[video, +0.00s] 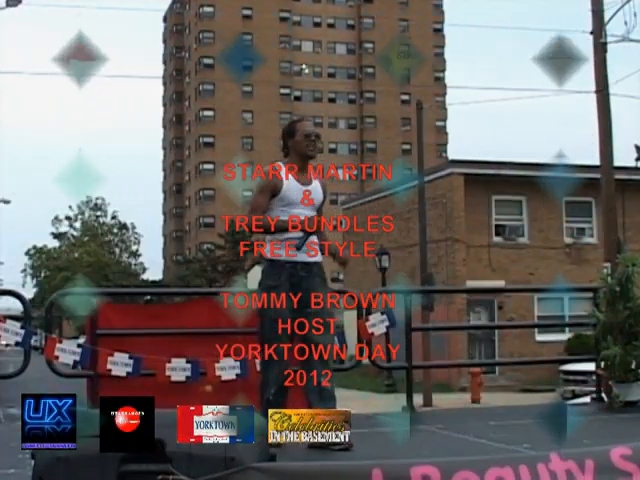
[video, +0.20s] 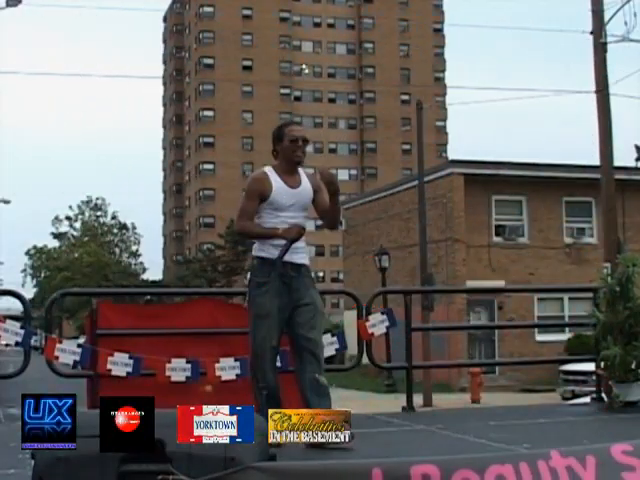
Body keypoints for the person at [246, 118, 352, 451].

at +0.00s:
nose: (314, 142)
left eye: (316, 137)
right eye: (307, 137)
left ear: (317, 144)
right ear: (288, 143)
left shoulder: (319, 184)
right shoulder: (275, 177)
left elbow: (316, 227)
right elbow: (251, 219)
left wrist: (334, 250)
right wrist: (290, 225)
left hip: (311, 269)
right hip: (279, 269)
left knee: (320, 342)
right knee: (277, 344)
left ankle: (325, 423)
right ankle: (273, 421)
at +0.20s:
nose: (300, 146)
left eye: (304, 142)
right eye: (293, 141)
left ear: (307, 147)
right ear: (277, 147)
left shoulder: (312, 180)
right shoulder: (261, 180)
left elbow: (332, 223)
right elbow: (242, 225)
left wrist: (335, 191)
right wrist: (279, 232)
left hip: (300, 272)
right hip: (267, 270)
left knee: (311, 346)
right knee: (265, 350)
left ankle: (321, 425)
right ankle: (269, 426)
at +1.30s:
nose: (355, 158)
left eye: (354, 153)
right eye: (351, 152)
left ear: (337, 155)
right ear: (337, 154)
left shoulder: (336, 189)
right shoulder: (311, 184)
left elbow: (335, 232)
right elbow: (292, 228)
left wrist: (343, 251)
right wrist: (322, 255)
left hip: (329, 265)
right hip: (312, 265)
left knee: (329, 339)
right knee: (324, 339)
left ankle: (319, 404)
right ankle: (330, 410)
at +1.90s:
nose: (385, 146)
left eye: (384, 141)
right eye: (379, 141)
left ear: (369, 146)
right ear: (361, 145)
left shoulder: (372, 178)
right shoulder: (341, 178)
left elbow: (364, 228)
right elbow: (323, 227)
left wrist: (376, 259)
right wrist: (329, 278)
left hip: (373, 266)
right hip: (350, 266)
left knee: (391, 340)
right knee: (357, 345)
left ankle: (353, 400)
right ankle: (361, 426)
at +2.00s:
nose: (390, 143)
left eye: (390, 138)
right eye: (384, 138)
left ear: (376, 144)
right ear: (366, 142)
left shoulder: (379, 178)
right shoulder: (347, 177)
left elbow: (372, 228)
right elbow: (328, 226)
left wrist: (383, 267)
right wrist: (341, 272)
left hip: (380, 266)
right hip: (356, 266)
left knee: (398, 338)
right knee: (359, 346)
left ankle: (389, 417)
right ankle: (361, 424)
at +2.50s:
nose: (436, 137)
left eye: (438, 132)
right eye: (429, 131)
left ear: (436, 139)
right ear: (411, 137)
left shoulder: (430, 180)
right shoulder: (393, 170)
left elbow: (428, 227)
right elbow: (372, 217)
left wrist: (436, 261)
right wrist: (378, 266)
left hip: (432, 265)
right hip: (403, 265)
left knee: (439, 348)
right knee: (403, 347)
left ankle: (442, 426)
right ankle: (367, 417)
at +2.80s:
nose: (459, 130)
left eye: (460, 125)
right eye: (451, 126)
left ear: (458, 132)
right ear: (433, 133)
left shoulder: (461, 177)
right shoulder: (415, 166)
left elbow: (470, 228)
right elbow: (392, 212)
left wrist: (485, 275)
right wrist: (396, 260)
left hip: (452, 264)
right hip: (422, 261)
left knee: (452, 345)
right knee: (429, 343)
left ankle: (446, 426)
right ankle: (421, 429)